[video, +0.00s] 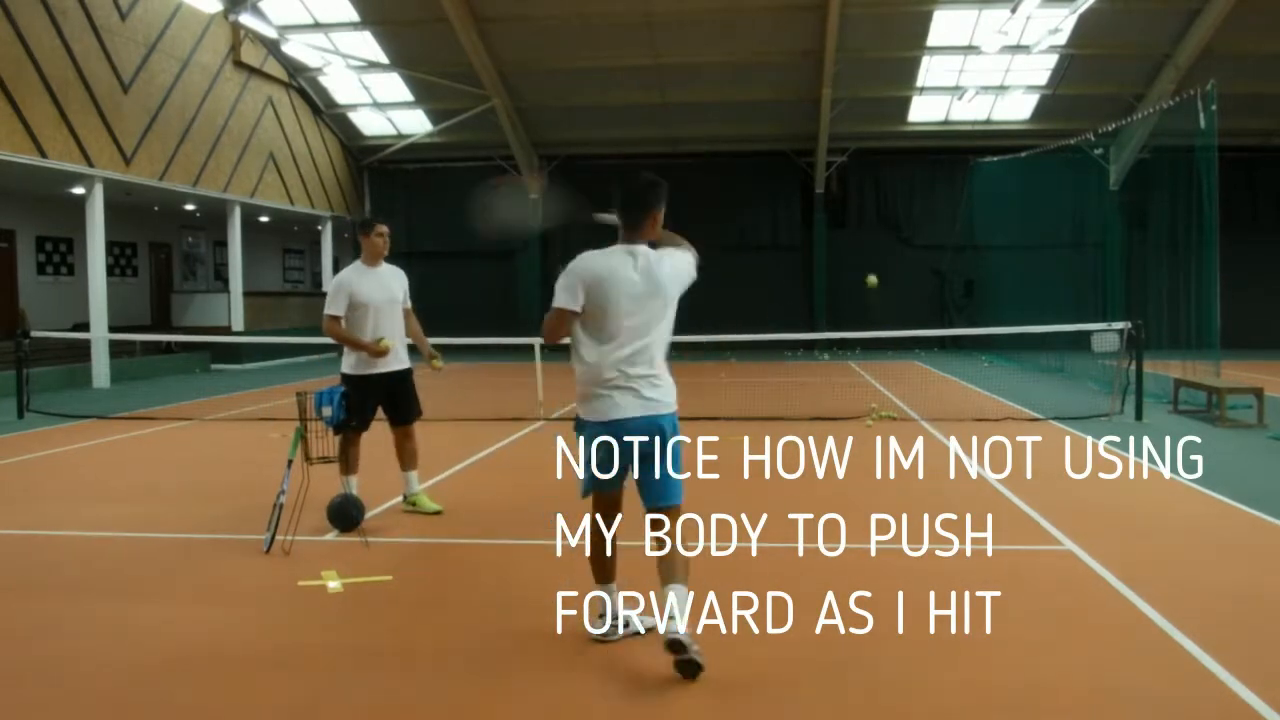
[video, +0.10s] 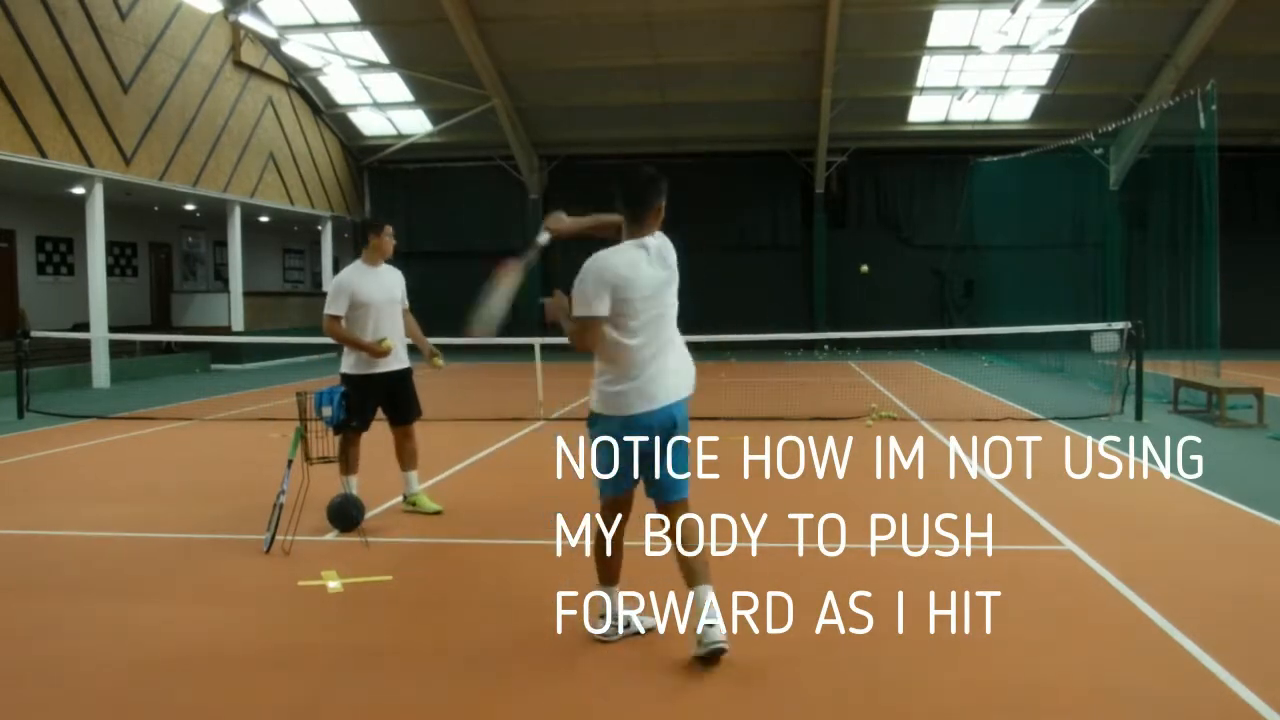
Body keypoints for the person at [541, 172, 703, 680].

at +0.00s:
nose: (664, 220)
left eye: (659, 212)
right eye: (663, 214)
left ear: (618, 217)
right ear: (656, 218)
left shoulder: (585, 266)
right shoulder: (670, 268)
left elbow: (553, 332)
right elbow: (687, 252)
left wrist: (582, 323)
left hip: (601, 420)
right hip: (657, 418)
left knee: (603, 513)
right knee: (667, 521)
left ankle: (606, 613)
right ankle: (674, 617)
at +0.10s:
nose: (663, 212)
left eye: (656, 206)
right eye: (663, 206)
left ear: (620, 208)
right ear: (661, 210)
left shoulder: (599, 267)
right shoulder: (666, 249)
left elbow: (586, 343)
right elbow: (626, 228)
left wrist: (562, 315)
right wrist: (576, 225)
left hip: (619, 411)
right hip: (672, 402)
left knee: (613, 509)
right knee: (677, 507)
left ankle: (610, 611)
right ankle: (708, 614)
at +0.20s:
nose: (657, 212)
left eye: (644, 206)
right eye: (659, 206)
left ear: (615, 208)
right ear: (656, 211)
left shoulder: (615, 270)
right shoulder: (665, 251)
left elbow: (623, 348)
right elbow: (622, 251)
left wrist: (565, 342)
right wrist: (584, 253)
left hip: (631, 416)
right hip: (680, 405)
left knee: (616, 516)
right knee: (690, 513)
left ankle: (611, 614)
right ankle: (733, 619)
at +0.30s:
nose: (645, 219)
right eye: (649, 212)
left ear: (609, 219)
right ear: (651, 217)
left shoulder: (627, 276)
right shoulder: (659, 261)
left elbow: (649, 352)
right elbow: (569, 298)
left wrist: (579, 384)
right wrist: (592, 284)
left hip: (643, 425)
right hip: (686, 413)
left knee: (610, 517)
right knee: (691, 519)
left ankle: (605, 614)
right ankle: (738, 622)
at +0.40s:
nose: (639, 220)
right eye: (641, 213)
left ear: (600, 221)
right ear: (642, 218)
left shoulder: (624, 277)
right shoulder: (654, 264)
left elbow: (663, 351)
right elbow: (587, 332)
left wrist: (613, 412)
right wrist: (592, 304)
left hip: (642, 425)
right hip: (684, 415)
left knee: (592, 512)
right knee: (692, 522)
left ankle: (591, 619)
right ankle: (740, 627)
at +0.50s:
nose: (580, 214)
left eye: (580, 207)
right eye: (617, 202)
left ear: (582, 212)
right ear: (624, 208)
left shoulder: (606, 274)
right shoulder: (642, 259)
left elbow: (651, 339)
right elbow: (605, 341)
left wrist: (629, 415)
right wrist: (582, 314)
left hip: (624, 420)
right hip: (676, 413)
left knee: (570, 510)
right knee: (691, 520)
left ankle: (573, 633)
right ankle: (738, 626)